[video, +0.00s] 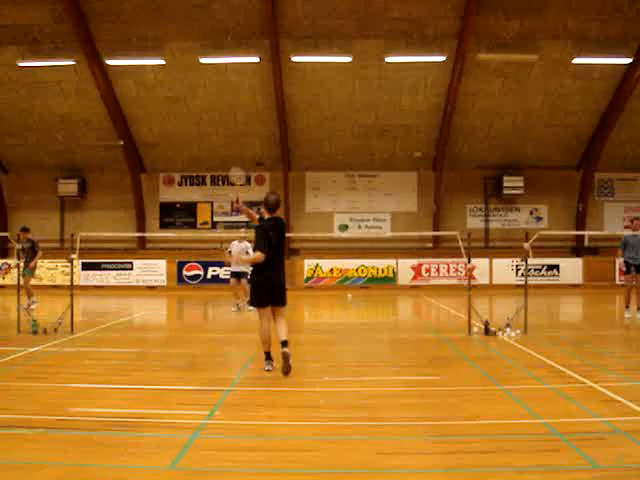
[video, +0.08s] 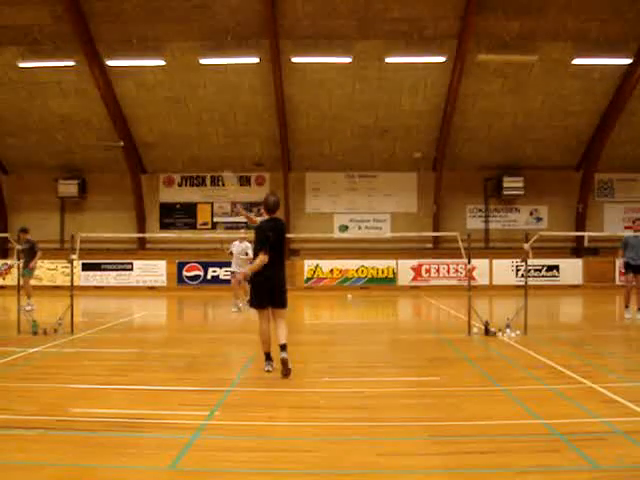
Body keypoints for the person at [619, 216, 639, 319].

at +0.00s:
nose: (636, 226)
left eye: (637, 224)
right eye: (635, 224)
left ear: (638, 226)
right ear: (631, 225)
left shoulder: (637, 237)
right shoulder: (627, 238)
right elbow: (622, 250)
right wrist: (622, 260)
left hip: (637, 262)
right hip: (629, 261)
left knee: (637, 286)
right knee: (628, 286)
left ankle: (638, 308)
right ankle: (627, 308)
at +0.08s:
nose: (637, 227)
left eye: (638, 225)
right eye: (636, 225)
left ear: (638, 227)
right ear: (633, 226)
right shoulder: (628, 239)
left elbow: (622, 251)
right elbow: (622, 251)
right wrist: (621, 263)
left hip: (637, 263)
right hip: (629, 262)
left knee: (637, 287)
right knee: (628, 286)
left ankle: (638, 309)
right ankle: (627, 307)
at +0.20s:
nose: (638, 226)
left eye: (638, 224)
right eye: (637, 224)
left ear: (637, 226)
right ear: (635, 226)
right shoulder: (629, 238)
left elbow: (623, 252)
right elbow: (623, 251)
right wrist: (621, 262)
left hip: (637, 264)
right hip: (630, 263)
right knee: (627, 285)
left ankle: (637, 309)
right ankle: (626, 306)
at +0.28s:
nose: (638, 226)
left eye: (638, 224)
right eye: (637, 224)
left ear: (638, 226)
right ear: (635, 226)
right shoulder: (629, 238)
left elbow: (623, 252)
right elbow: (623, 251)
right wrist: (621, 262)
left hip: (637, 264)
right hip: (630, 263)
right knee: (627, 285)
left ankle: (637, 309)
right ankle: (626, 307)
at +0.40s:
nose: (638, 227)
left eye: (638, 224)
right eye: (637, 224)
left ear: (637, 226)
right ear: (635, 226)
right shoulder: (629, 238)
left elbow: (624, 251)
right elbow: (624, 251)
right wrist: (622, 261)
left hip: (637, 264)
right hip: (630, 263)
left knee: (637, 288)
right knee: (627, 286)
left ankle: (638, 309)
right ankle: (626, 306)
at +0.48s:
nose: (638, 228)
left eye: (638, 225)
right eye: (637, 225)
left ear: (637, 227)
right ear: (636, 227)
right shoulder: (629, 238)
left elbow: (624, 251)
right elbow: (624, 251)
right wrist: (621, 261)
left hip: (637, 264)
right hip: (630, 263)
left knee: (637, 288)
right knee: (627, 286)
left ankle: (638, 309)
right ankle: (627, 306)